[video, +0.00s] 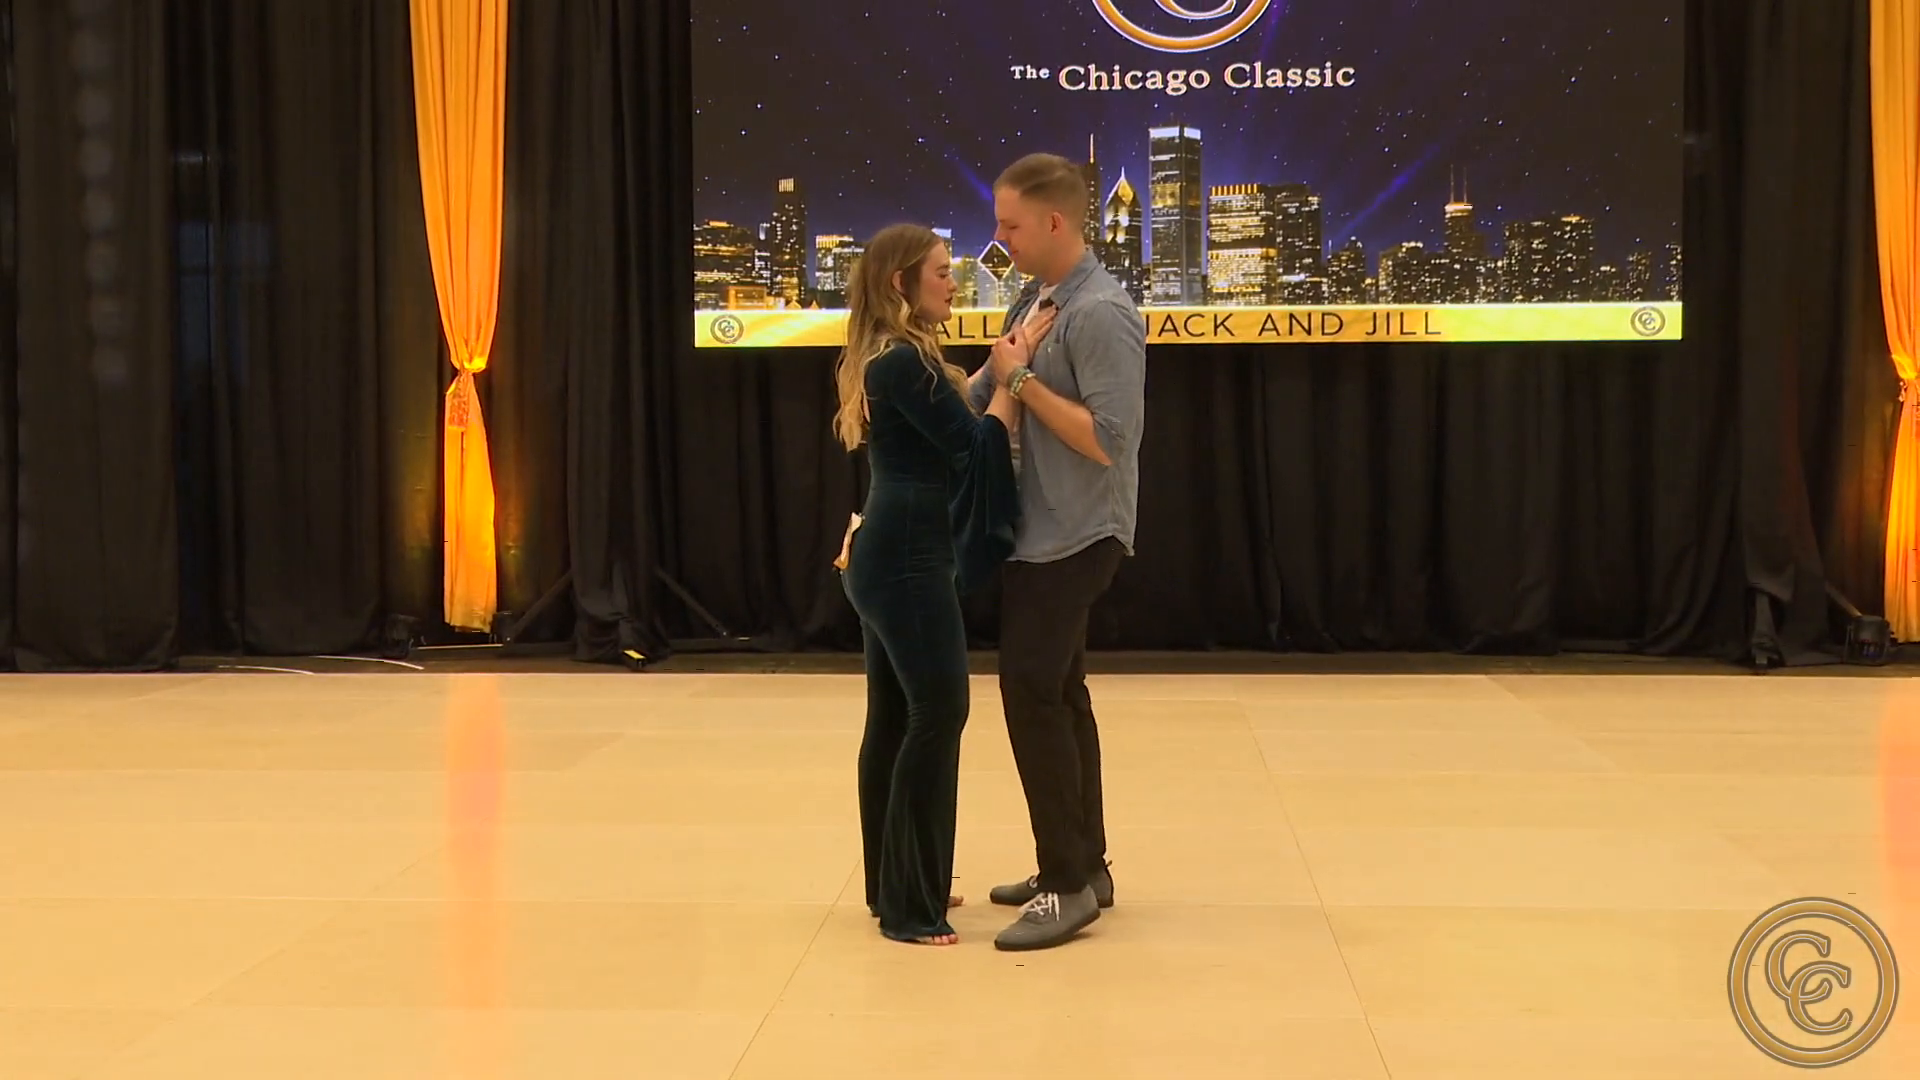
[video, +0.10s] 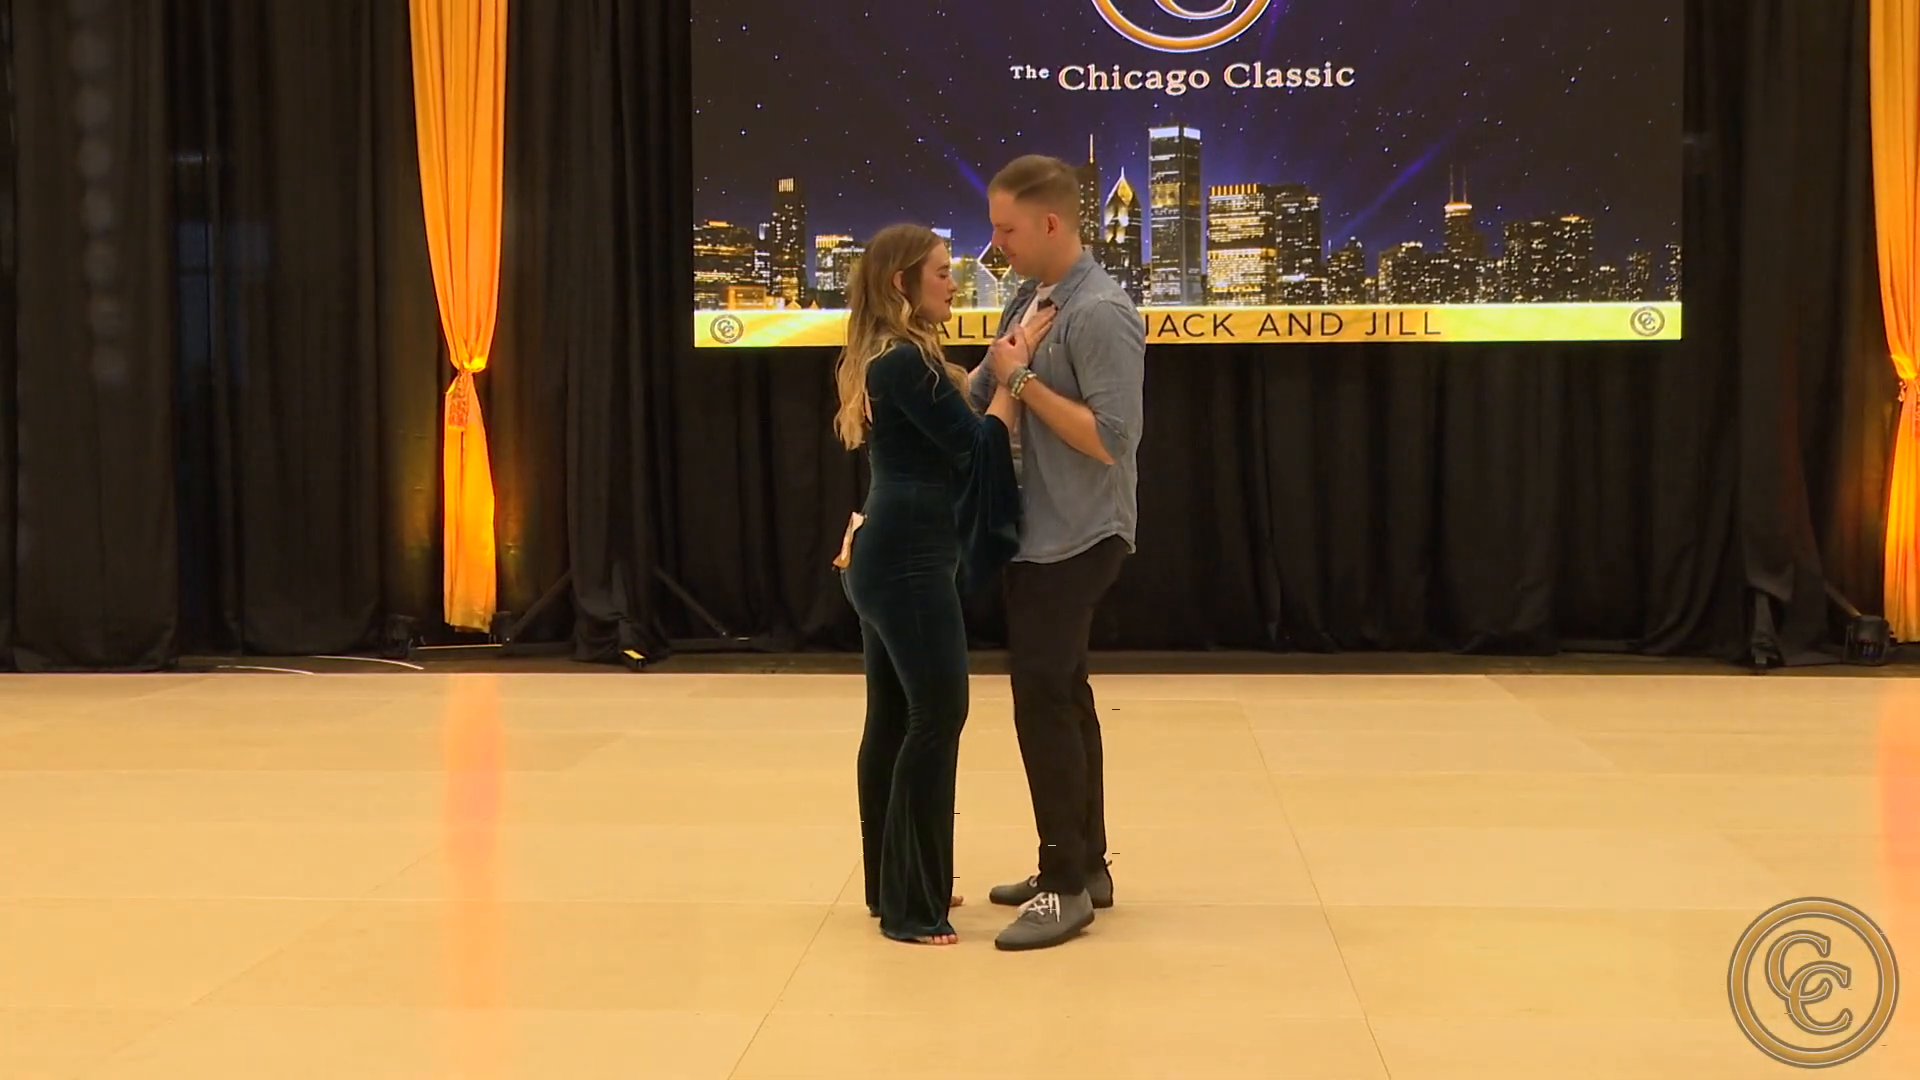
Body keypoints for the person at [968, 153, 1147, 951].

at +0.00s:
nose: (1003, 242)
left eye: (1011, 227)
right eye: (1001, 228)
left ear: (1058, 223)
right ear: (1047, 225)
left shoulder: (1102, 312)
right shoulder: (1038, 306)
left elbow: (1108, 444)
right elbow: (1001, 409)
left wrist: (1021, 379)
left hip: (1078, 535)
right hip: (1042, 530)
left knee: (1032, 692)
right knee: (1059, 695)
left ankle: (1073, 883)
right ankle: (1077, 866)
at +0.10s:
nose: (999, 246)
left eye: (1006, 231)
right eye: (996, 232)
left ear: (1053, 223)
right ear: (1046, 227)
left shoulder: (1101, 313)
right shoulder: (1036, 308)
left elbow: (1109, 443)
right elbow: (993, 406)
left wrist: (1022, 379)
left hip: (1080, 536)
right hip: (1044, 532)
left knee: (1043, 701)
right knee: (1062, 698)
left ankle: (1070, 887)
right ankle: (1079, 865)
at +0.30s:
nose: (992, 253)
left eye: (999, 238)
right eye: (988, 240)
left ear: (1045, 225)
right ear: (1034, 231)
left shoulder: (1098, 312)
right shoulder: (1027, 306)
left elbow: (1108, 444)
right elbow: (980, 404)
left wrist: (1020, 381)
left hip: (1079, 539)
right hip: (1035, 533)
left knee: (1067, 711)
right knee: (1053, 707)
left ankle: (1069, 890)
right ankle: (1077, 864)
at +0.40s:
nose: (993, 256)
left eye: (998, 241)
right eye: (988, 243)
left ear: (1044, 226)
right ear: (1033, 231)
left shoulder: (1098, 312)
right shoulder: (1027, 306)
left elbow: (1110, 445)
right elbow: (979, 404)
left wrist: (1021, 383)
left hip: (1081, 537)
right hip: (1037, 532)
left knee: (1063, 704)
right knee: (1050, 702)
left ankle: (1071, 887)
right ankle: (1074, 863)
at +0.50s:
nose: (992, 257)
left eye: (997, 241)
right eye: (988, 243)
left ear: (1043, 227)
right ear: (1038, 231)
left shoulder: (1099, 311)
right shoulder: (1032, 305)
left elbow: (1113, 445)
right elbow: (979, 398)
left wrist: (1024, 385)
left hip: (1084, 532)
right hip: (1045, 527)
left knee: (1058, 699)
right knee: (1051, 698)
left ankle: (1081, 892)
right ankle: (1071, 867)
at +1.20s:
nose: (999, 250)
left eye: (999, 232)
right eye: (994, 236)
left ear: (1035, 213)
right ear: (1043, 211)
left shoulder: (1098, 289)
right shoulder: (1076, 295)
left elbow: (1104, 413)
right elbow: (1038, 421)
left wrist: (1023, 367)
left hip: (1100, 533)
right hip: (1078, 531)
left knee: (1085, 726)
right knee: (1073, 723)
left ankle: (1091, 919)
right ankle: (1071, 888)